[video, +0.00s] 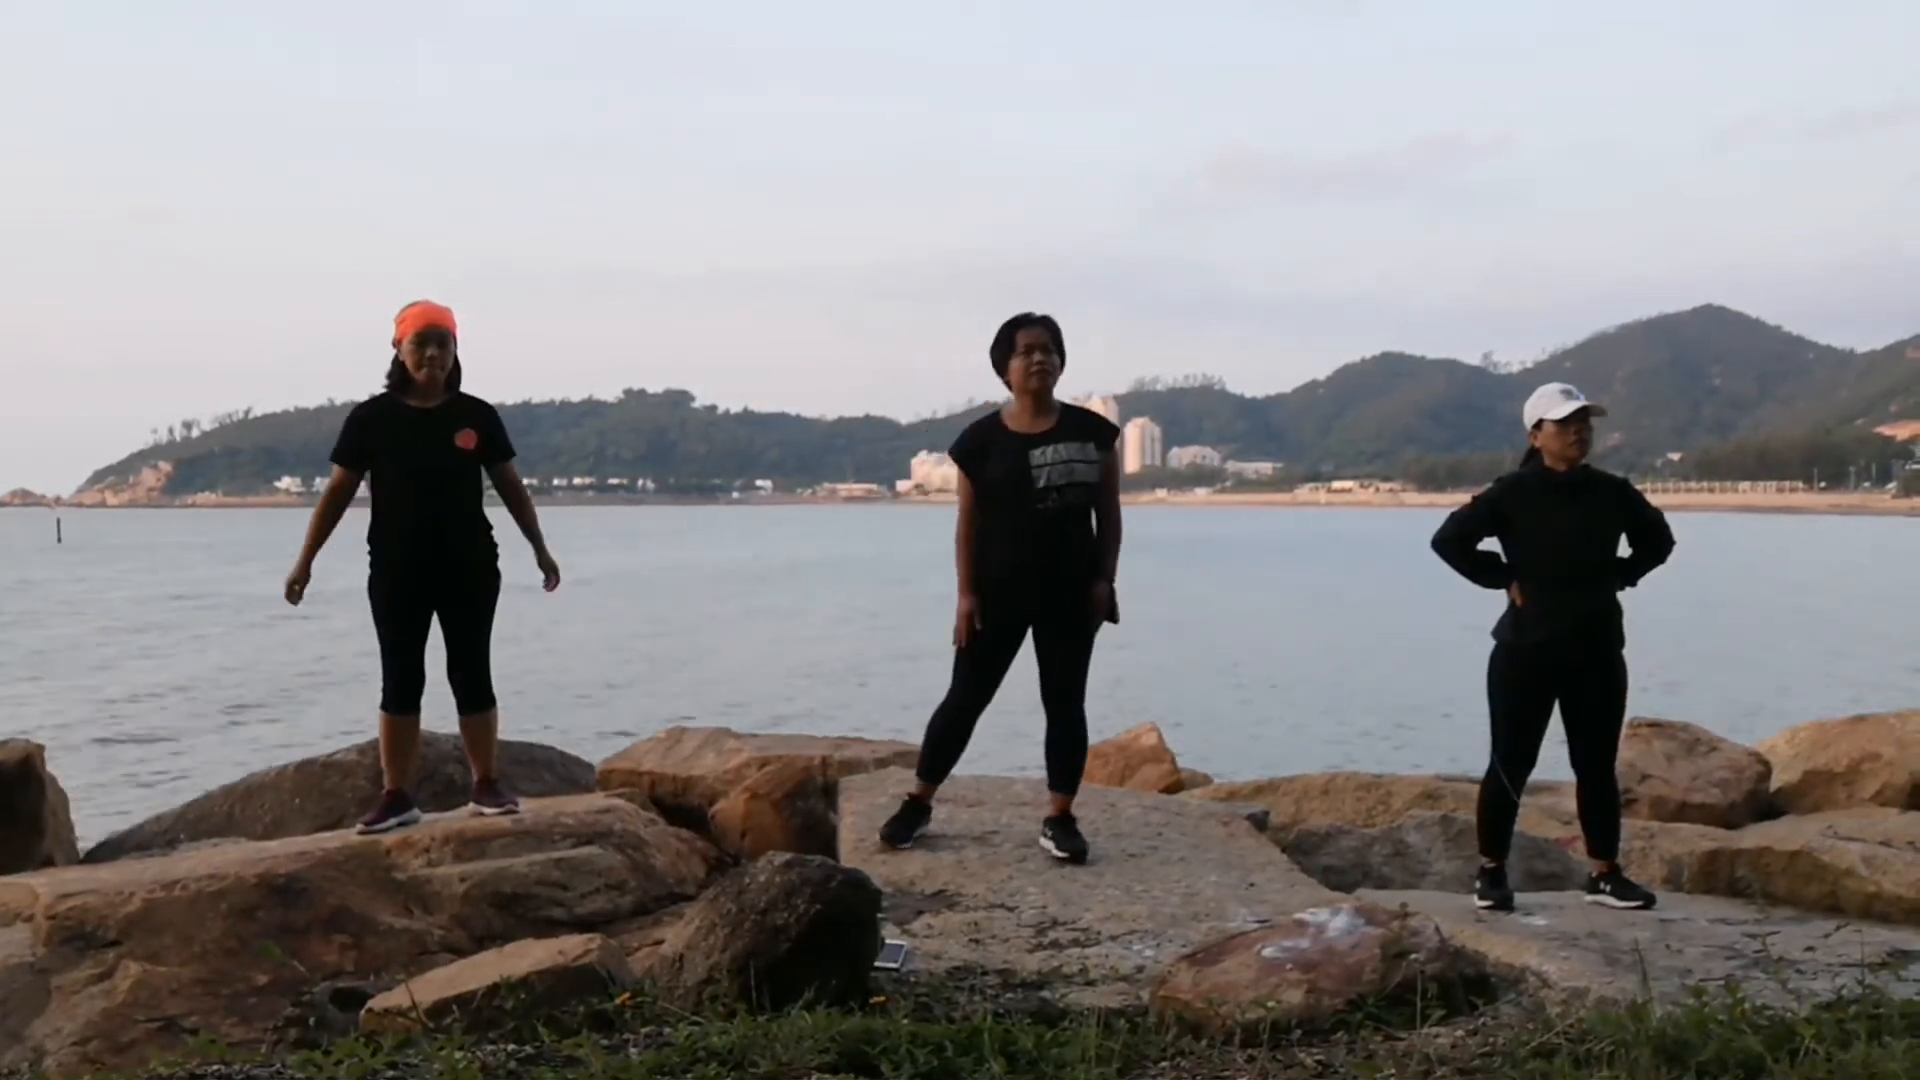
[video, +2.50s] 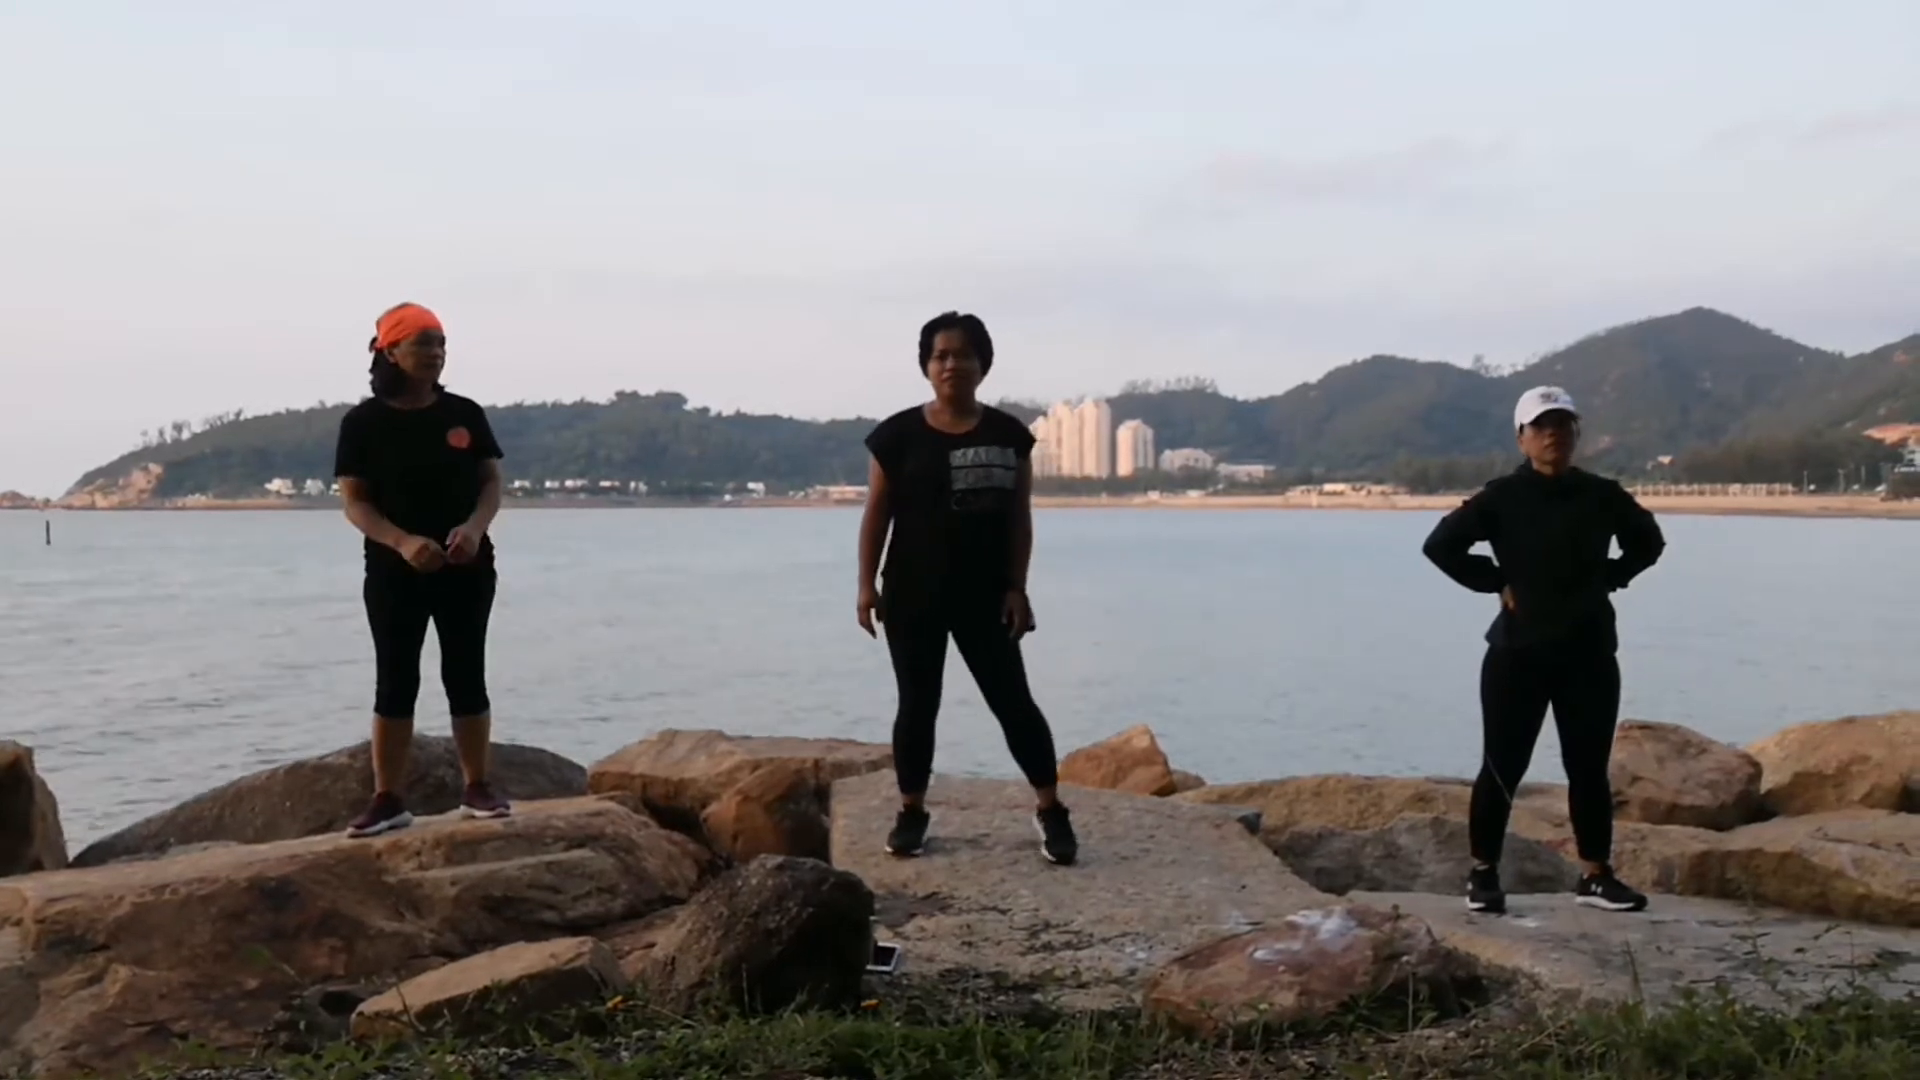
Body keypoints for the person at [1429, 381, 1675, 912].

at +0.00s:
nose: (1581, 432)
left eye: (1584, 423)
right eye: (1568, 424)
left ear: (1588, 428)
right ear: (1538, 434)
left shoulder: (1612, 492)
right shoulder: (1512, 493)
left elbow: (1659, 540)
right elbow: (1448, 541)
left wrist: (1616, 576)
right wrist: (1504, 577)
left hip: (1595, 650)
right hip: (1527, 650)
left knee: (1598, 768)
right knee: (1510, 765)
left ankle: (1606, 873)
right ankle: (1492, 873)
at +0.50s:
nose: (1581, 433)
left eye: (1584, 423)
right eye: (1568, 424)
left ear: (1589, 428)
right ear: (1538, 435)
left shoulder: (1611, 492)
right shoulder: (1512, 493)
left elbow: (1657, 541)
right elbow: (1447, 541)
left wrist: (1613, 577)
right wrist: (1504, 578)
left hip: (1594, 650)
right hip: (1526, 649)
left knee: (1597, 768)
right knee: (1508, 765)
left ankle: (1604, 873)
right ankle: (1490, 874)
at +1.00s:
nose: (1580, 433)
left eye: (1583, 423)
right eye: (1567, 424)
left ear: (1588, 429)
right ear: (1537, 435)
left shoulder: (1610, 492)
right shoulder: (1511, 493)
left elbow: (1657, 542)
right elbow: (1447, 541)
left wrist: (1613, 578)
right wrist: (1502, 578)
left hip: (1593, 651)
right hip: (1524, 650)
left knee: (1595, 769)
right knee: (1507, 766)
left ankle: (1602, 874)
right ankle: (1489, 874)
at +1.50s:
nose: (1575, 433)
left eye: (1580, 423)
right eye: (1562, 425)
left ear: (1587, 430)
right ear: (1534, 435)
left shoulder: (1607, 494)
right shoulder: (1508, 495)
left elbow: (1654, 542)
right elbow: (1444, 542)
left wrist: (1611, 577)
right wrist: (1501, 579)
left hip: (1592, 652)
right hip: (1523, 652)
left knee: (1593, 768)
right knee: (1506, 766)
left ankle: (1600, 874)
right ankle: (1487, 874)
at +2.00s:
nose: (1560, 435)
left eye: (1567, 426)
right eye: (1548, 426)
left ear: (1576, 433)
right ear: (1523, 435)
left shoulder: (1600, 494)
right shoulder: (1501, 496)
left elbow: (1648, 541)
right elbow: (1438, 545)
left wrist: (1607, 577)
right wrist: (1496, 581)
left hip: (1586, 652)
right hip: (1517, 652)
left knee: (1590, 770)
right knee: (1502, 767)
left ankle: (1598, 875)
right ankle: (1485, 874)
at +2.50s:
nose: (1555, 437)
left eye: (1563, 427)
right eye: (1543, 428)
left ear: (1576, 434)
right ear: (1522, 437)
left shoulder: (1601, 494)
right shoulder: (1502, 497)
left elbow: (1649, 541)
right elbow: (1439, 547)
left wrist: (1608, 577)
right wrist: (1497, 582)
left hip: (1588, 654)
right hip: (1519, 653)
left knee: (1590, 770)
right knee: (1502, 768)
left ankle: (1597, 875)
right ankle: (1484, 874)